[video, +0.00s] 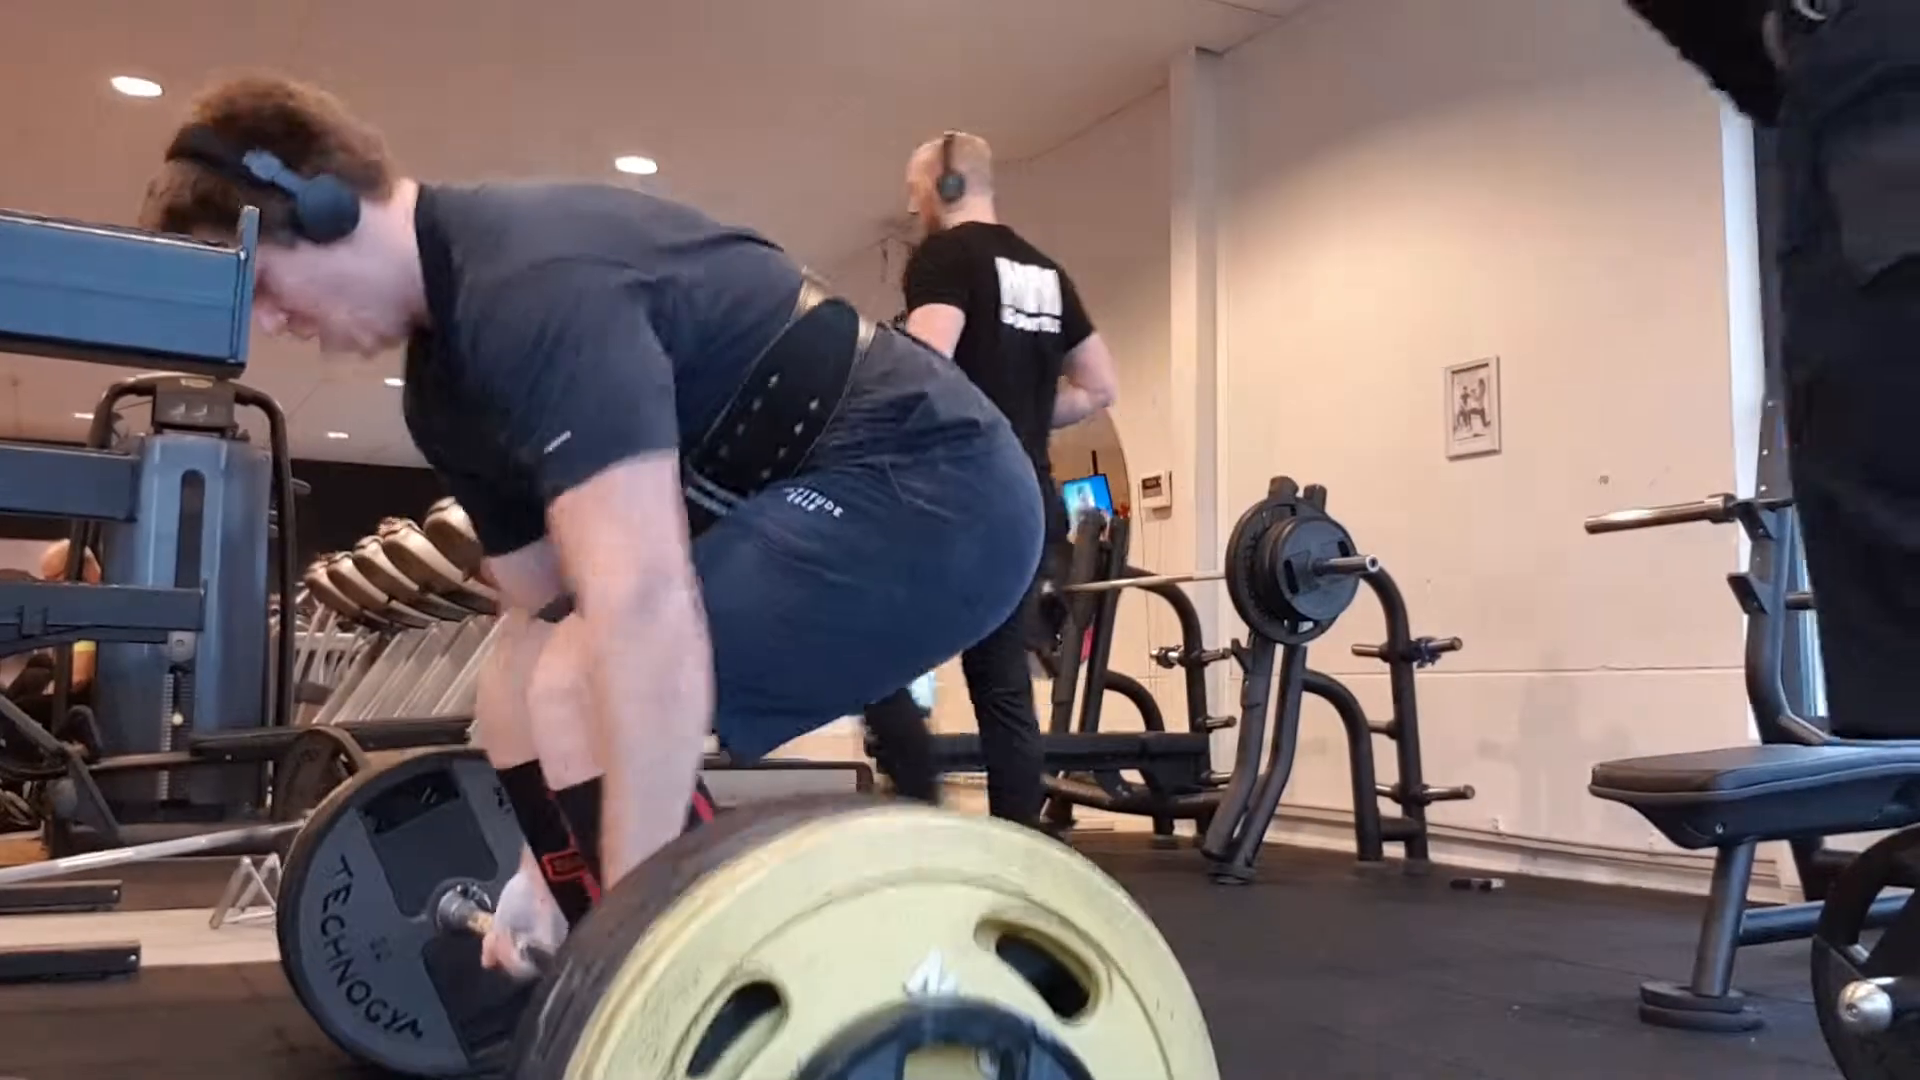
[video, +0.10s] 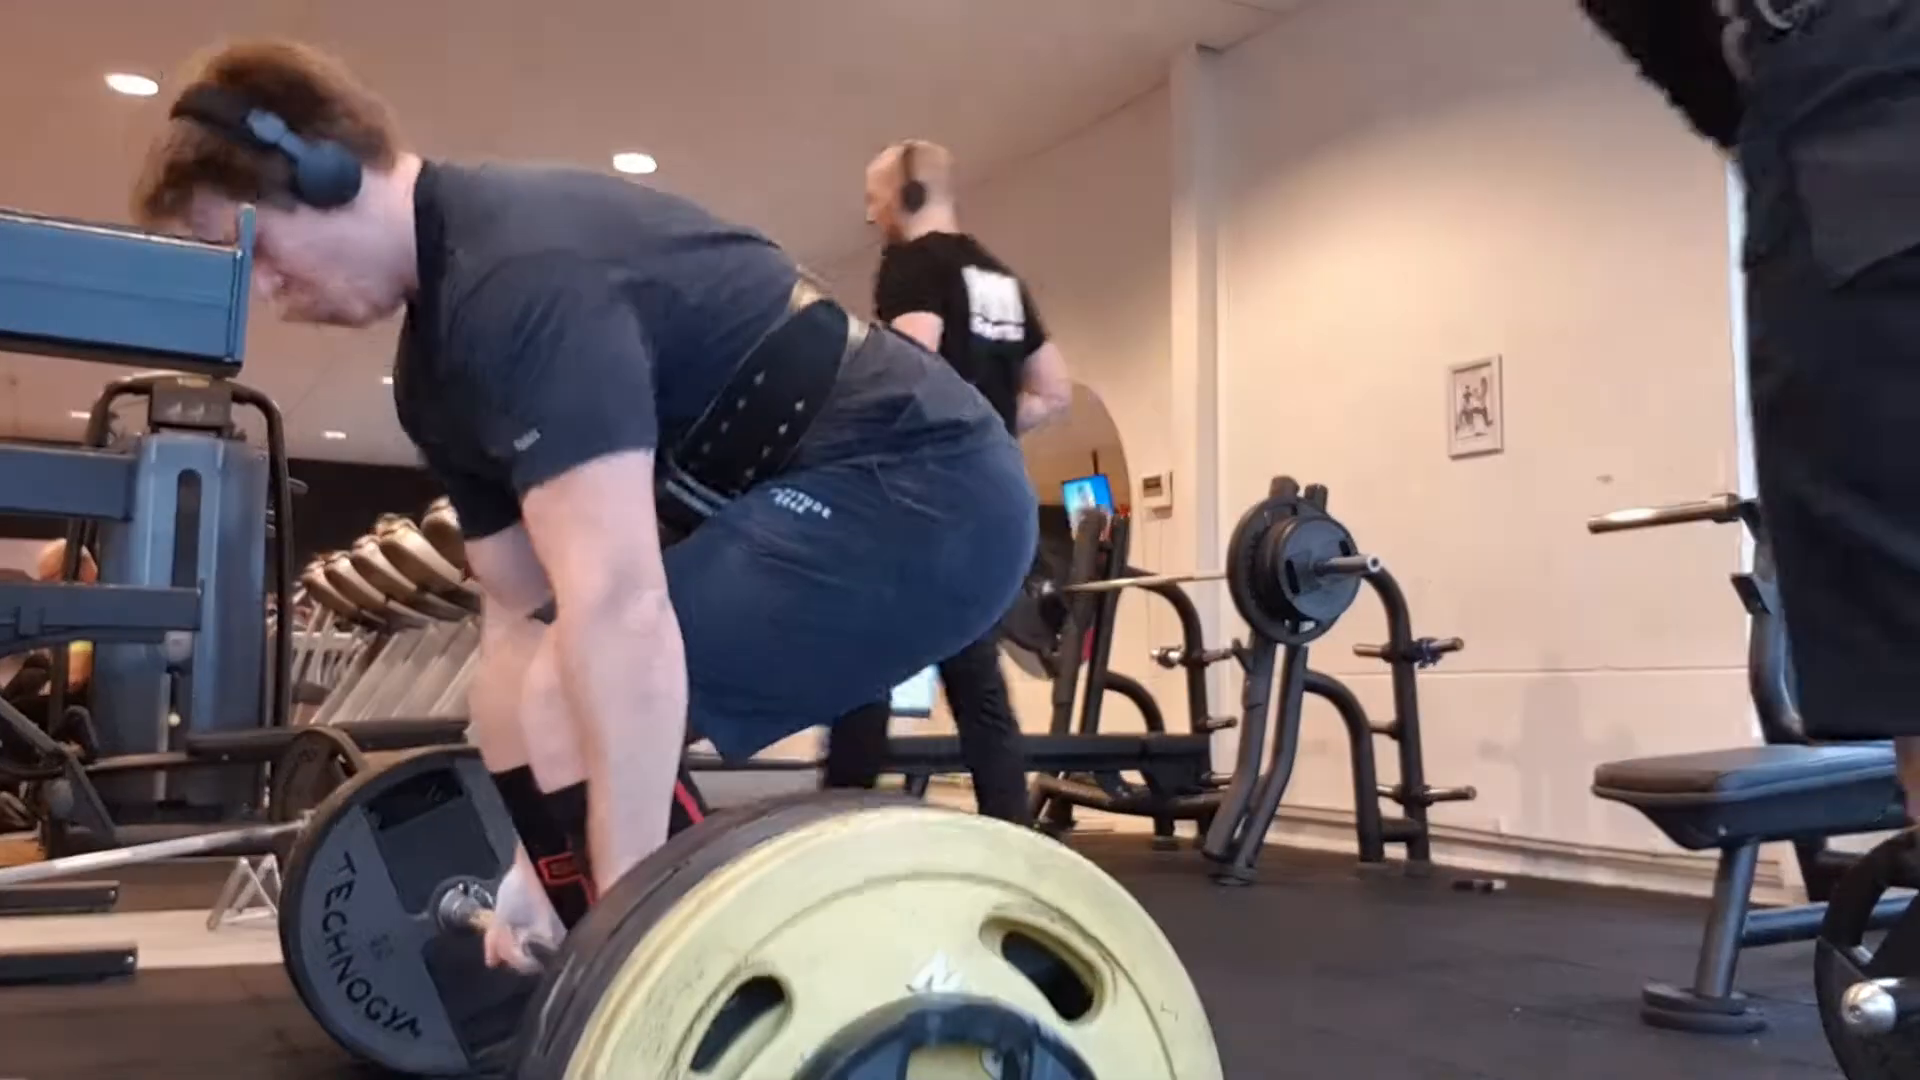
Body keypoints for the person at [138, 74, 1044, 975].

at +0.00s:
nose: (280, 324)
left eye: (262, 285)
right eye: (255, 306)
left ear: (303, 211)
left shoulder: (541, 288)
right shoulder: (444, 380)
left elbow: (643, 602)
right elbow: (539, 617)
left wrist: (639, 926)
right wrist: (538, 876)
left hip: (920, 485)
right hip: (804, 505)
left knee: (586, 689)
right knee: (516, 685)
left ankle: (686, 993)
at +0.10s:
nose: (270, 292)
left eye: (257, 248)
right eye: (245, 270)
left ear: (322, 170)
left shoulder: (528, 280)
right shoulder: (434, 363)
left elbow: (621, 605)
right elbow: (518, 615)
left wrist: (632, 913)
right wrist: (533, 864)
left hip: (913, 483)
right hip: (814, 498)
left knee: (575, 704)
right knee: (499, 699)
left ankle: (701, 984)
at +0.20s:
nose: (259, 261)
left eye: (241, 219)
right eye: (231, 235)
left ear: (307, 141)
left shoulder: (527, 261)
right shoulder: (433, 347)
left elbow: (624, 599)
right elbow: (524, 609)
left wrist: (636, 926)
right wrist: (536, 873)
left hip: (906, 463)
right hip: (808, 482)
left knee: (564, 690)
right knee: (500, 693)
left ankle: (680, 984)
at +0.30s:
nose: (256, 232)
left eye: (246, 189)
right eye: (232, 206)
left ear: (321, 122)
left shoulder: (531, 256)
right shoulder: (433, 333)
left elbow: (625, 595)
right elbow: (524, 599)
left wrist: (641, 920)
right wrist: (533, 858)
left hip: (902, 450)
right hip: (802, 468)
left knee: (567, 683)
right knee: (508, 689)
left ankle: (685, 971)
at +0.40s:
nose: (245, 203)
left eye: (244, 162)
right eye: (227, 177)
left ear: (327, 106)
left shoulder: (533, 242)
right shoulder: (433, 327)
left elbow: (630, 576)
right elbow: (525, 591)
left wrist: (643, 898)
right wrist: (535, 847)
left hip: (905, 434)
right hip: (799, 461)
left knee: (578, 679)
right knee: (517, 687)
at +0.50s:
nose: (243, 164)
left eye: (253, 119)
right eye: (232, 131)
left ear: (352, 79)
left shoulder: (544, 221)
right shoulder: (445, 313)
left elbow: (636, 559)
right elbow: (528, 578)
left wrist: (638, 868)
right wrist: (551, 849)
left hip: (908, 417)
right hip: (811, 446)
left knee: (601, 683)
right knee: (537, 668)